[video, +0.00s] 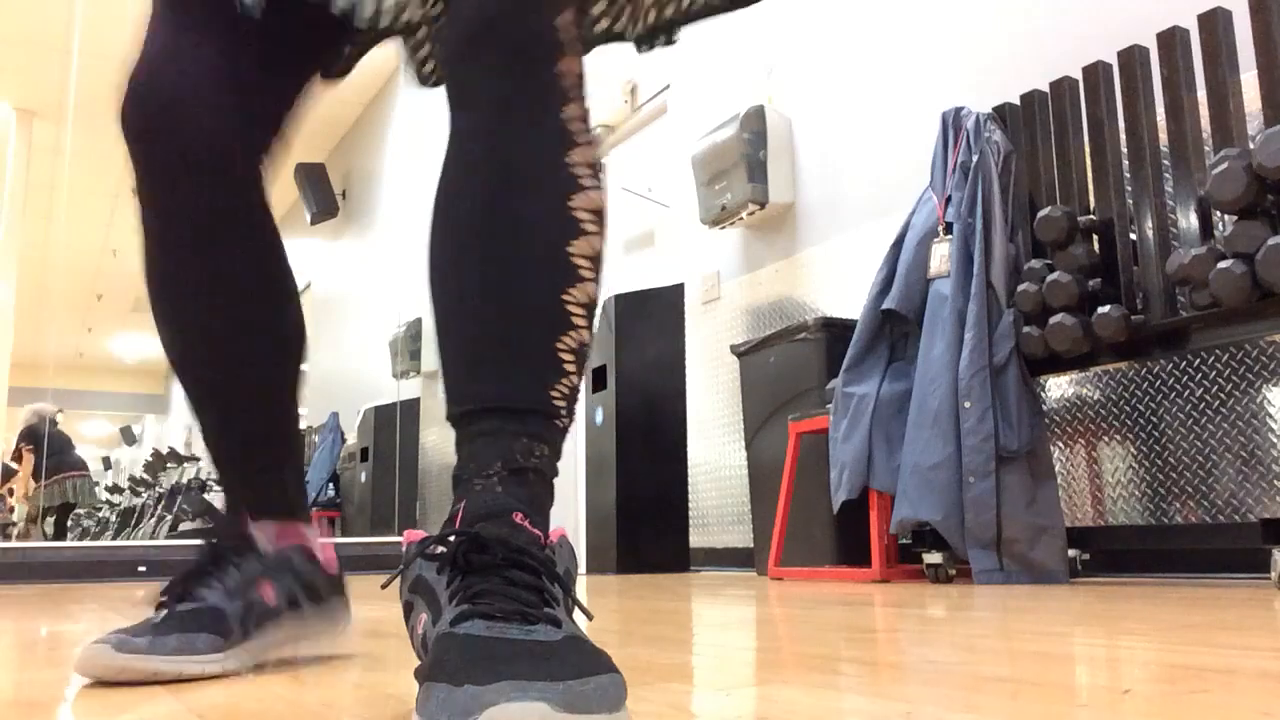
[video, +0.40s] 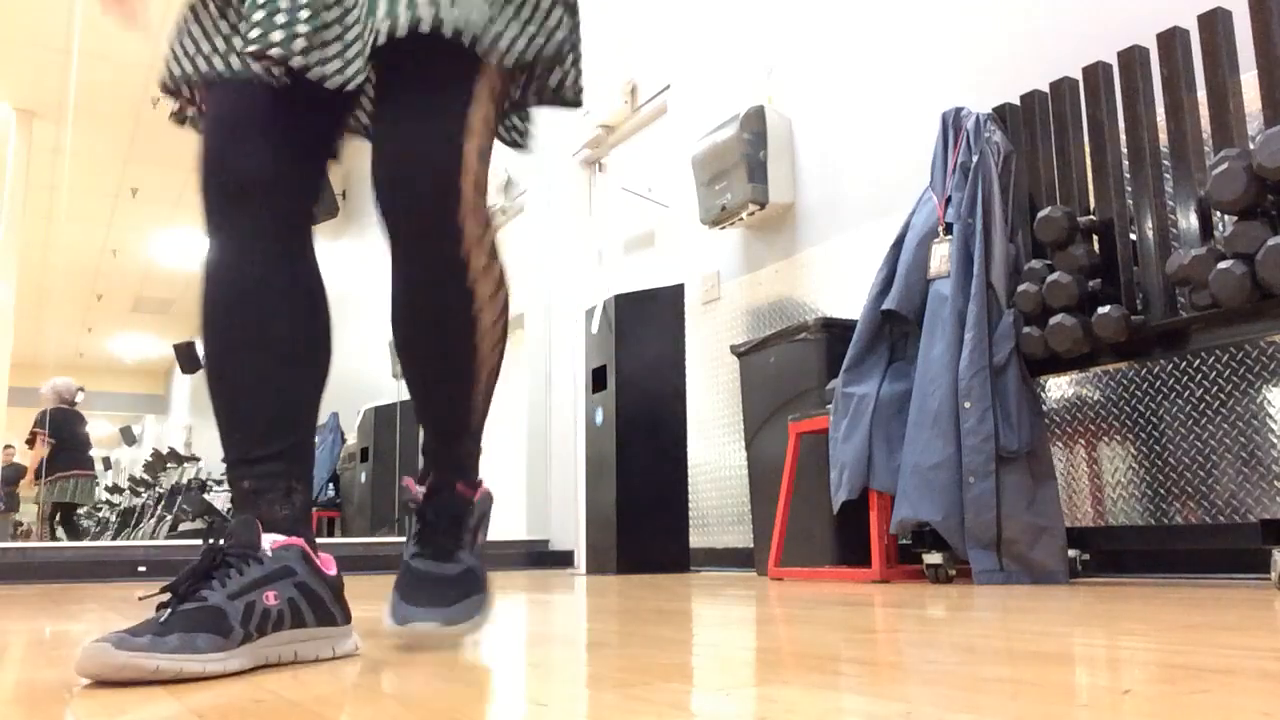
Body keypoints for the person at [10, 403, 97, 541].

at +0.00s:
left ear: (29, 417)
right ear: (50, 417)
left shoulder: (29, 431)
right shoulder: (60, 433)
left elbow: (28, 460)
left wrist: (22, 490)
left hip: (55, 478)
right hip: (82, 477)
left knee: (34, 521)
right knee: (62, 521)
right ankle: (59, 557)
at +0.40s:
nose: (46, 397)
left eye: (48, 394)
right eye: (47, 394)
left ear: (52, 395)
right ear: (70, 396)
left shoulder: (47, 414)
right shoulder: (78, 415)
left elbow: (40, 448)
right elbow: (86, 446)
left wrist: (30, 474)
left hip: (58, 473)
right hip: (84, 472)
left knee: (46, 518)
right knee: (68, 517)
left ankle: (51, 557)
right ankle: (80, 553)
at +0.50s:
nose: (52, 396)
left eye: (55, 392)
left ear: (58, 394)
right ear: (77, 395)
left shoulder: (55, 416)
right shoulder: (84, 416)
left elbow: (48, 448)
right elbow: (91, 448)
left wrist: (37, 469)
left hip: (62, 476)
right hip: (88, 475)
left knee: (50, 522)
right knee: (75, 522)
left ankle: (55, 561)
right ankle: (84, 557)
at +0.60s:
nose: (64, 394)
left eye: (67, 391)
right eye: (66, 391)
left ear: (72, 394)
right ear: (89, 396)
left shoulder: (68, 414)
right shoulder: (92, 415)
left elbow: (61, 443)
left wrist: (47, 466)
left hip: (70, 478)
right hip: (96, 477)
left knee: (53, 521)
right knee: (85, 522)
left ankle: (54, 562)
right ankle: (91, 559)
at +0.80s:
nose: (75, 390)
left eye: (77, 387)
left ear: (81, 389)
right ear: (101, 391)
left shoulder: (73, 408)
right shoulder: (105, 411)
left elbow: (65, 436)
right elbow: (114, 442)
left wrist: (54, 463)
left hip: (76, 474)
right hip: (104, 474)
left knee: (54, 513)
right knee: (91, 518)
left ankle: (60, 555)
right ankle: (85, 557)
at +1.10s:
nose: (90, 387)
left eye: (92, 384)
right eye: (92, 384)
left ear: (96, 387)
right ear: (113, 389)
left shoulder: (82, 408)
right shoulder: (120, 409)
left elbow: (66, 439)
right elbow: (130, 440)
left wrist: (62, 463)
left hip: (89, 472)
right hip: (116, 472)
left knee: (85, 518)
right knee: (100, 518)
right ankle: (99, 558)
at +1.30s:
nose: (96, 384)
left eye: (98, 381)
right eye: (98, 381)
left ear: (103, 382)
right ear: (121, 384)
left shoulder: (92, 403)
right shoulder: (130, 405)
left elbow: (76, 432)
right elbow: (134, 434)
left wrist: (68, 458)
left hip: (96, 470)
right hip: (124, 470)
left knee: (91, 514)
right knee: (111, 513)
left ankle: (96, 553)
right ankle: (112, 553)